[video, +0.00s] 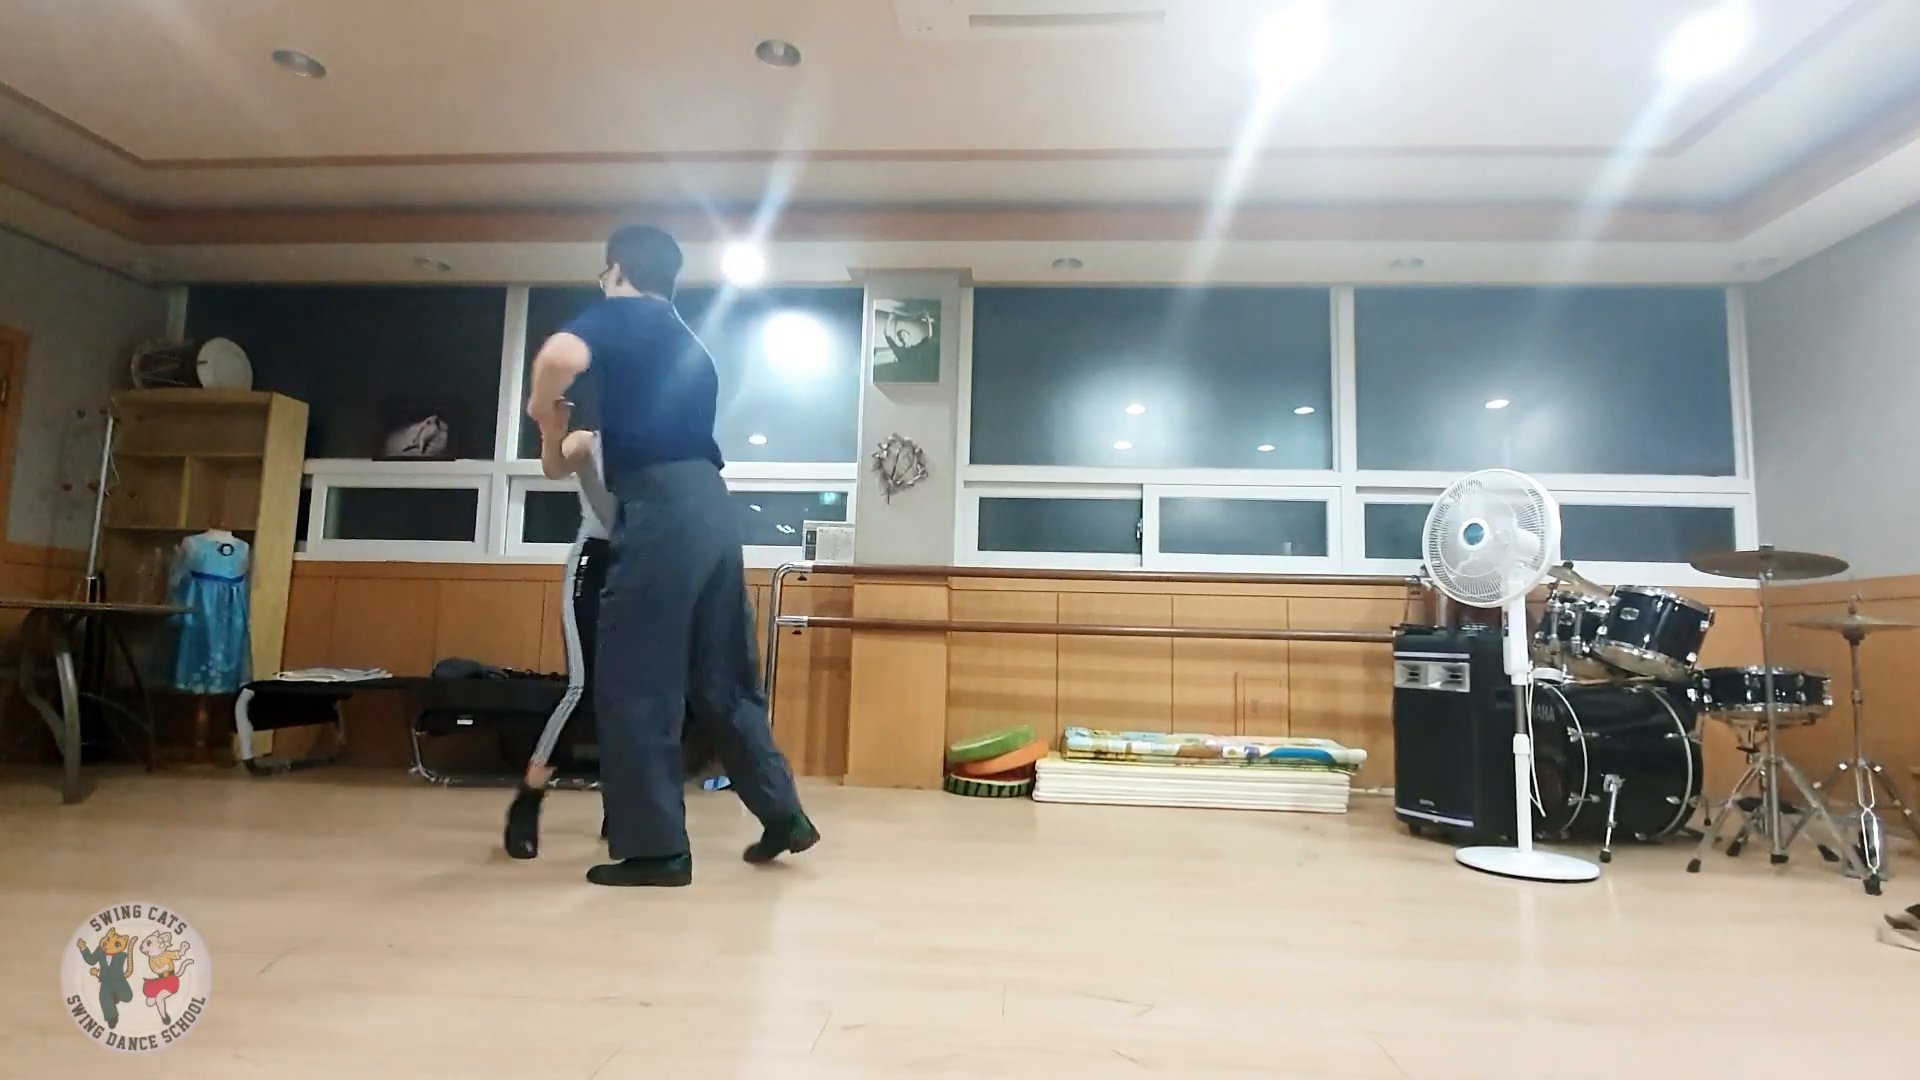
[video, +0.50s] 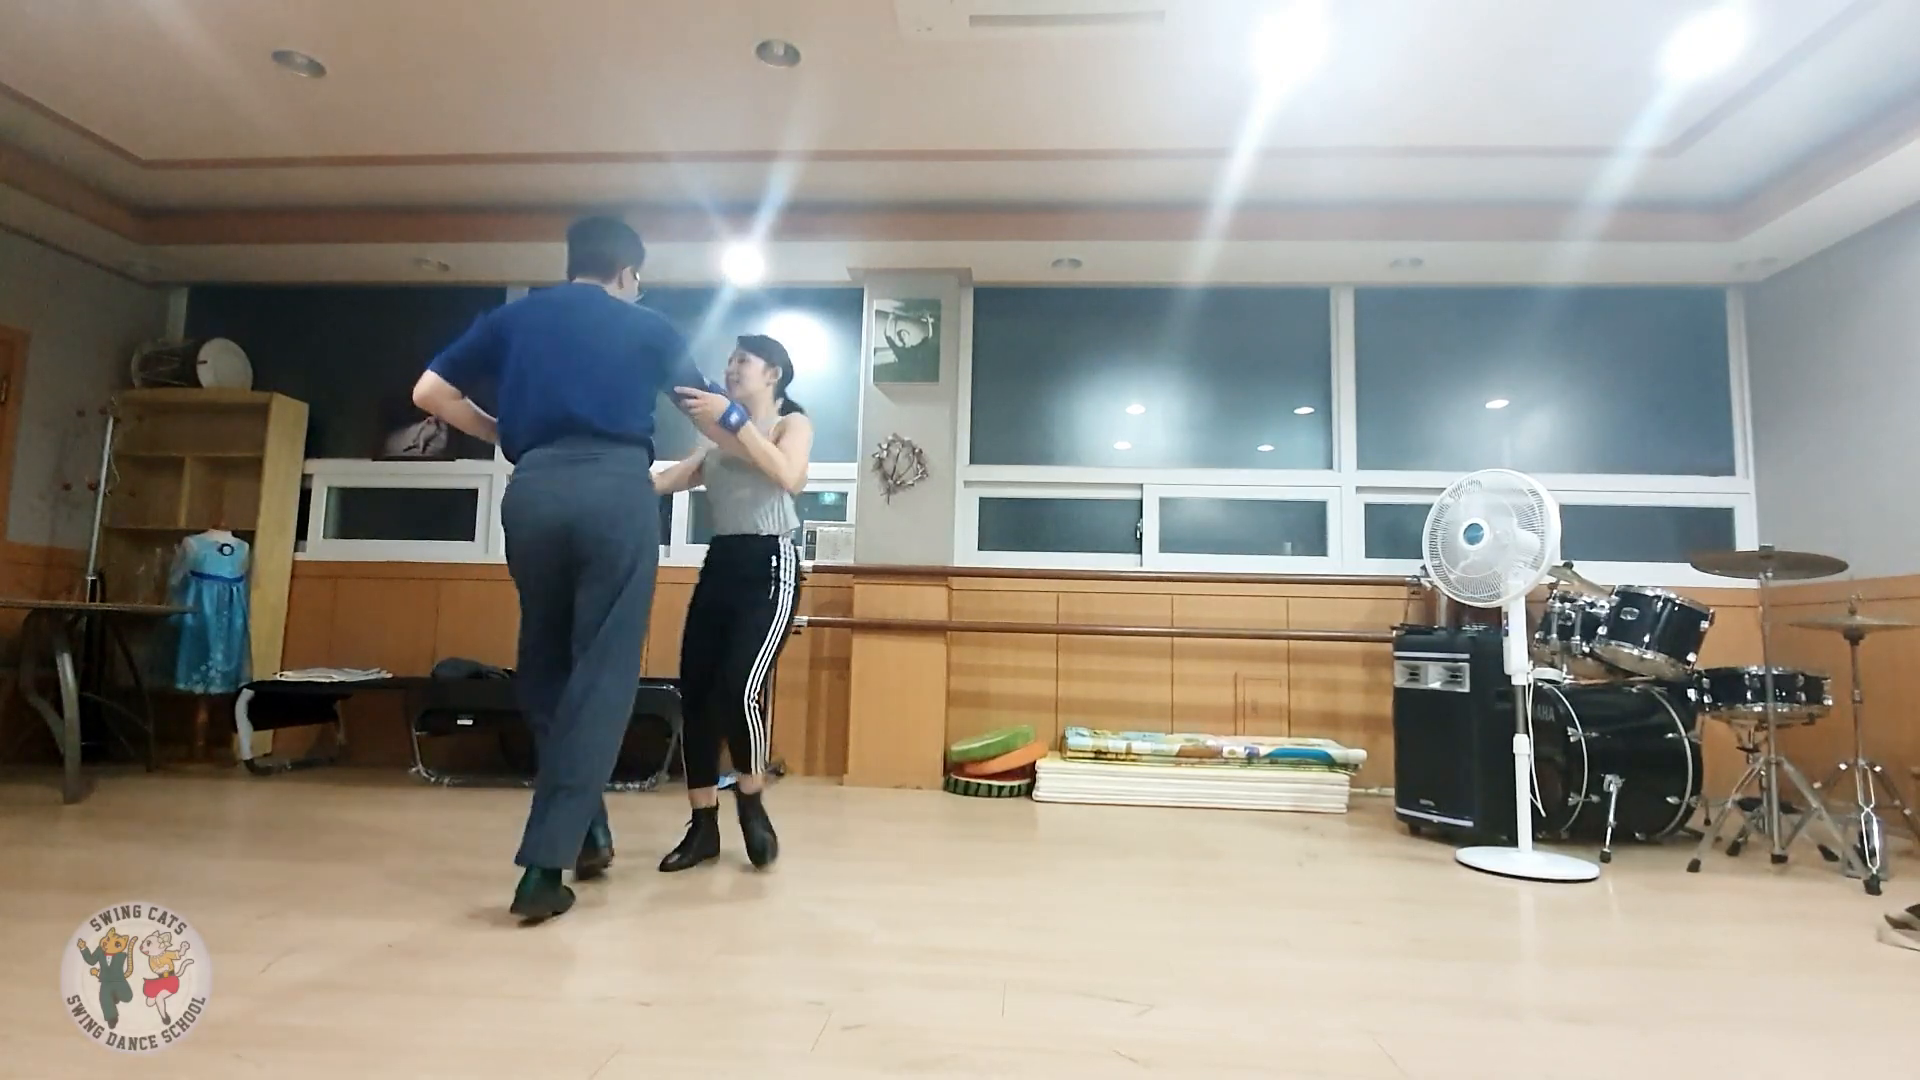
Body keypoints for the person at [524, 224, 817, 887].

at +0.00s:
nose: (601, 284)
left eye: (604, 274)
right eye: (605, 276)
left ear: (619, 273)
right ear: (668, 281)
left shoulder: (618, 315)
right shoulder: (688, 343)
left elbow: (555, 360)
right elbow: (657, 432)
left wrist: (549, 434)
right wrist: (580, 449)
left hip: (663, 508)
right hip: (713, 504)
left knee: (634, 682)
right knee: (723, 683)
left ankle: (654, 849)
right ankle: (784, 817)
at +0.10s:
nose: (607, 277)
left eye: (606, 267)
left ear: (605, 270)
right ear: (664, 275)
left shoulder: (584, 315)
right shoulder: (690, 346)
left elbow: (511, 358)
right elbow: (711, 446)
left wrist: (539, 429)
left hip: (630, 497)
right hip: (700, 498)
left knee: (610, 678)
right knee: (714, 678)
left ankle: (653, 850)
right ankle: (753, 821)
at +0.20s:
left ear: (596, 261)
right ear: (657, 272)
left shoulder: (560, 308)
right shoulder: (688, 342)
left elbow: (475, 359)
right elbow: (721, 447)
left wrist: (513, 415)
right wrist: (731, 472)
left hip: (602, 495)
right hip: (681, 500)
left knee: (599, 680)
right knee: (676, 679)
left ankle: (639, 845)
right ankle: (661, 824)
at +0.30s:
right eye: (645, 262)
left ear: (585, 260)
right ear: (648, 268)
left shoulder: (543, 309)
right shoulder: (680, 336)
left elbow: (449, 362)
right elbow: (720, 436)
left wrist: (508, 419)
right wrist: (753, 481)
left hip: (573, 489)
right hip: (656, 493)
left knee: (582, 674)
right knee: (639, 667)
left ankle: (631, 846)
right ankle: (561, 843)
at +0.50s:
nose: (640, 287)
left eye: (639, 280)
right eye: (640, 278)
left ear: (569, 267)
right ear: (626, 274)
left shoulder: (514, 315)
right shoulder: (647, 327)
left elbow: (431, 389)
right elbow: (706, 409)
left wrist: (504, 433)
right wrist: (745, 435)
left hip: (534, 486)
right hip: (617, 486)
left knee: (546, 662)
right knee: (603, 673)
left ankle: (588, 830)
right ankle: (542, 865)